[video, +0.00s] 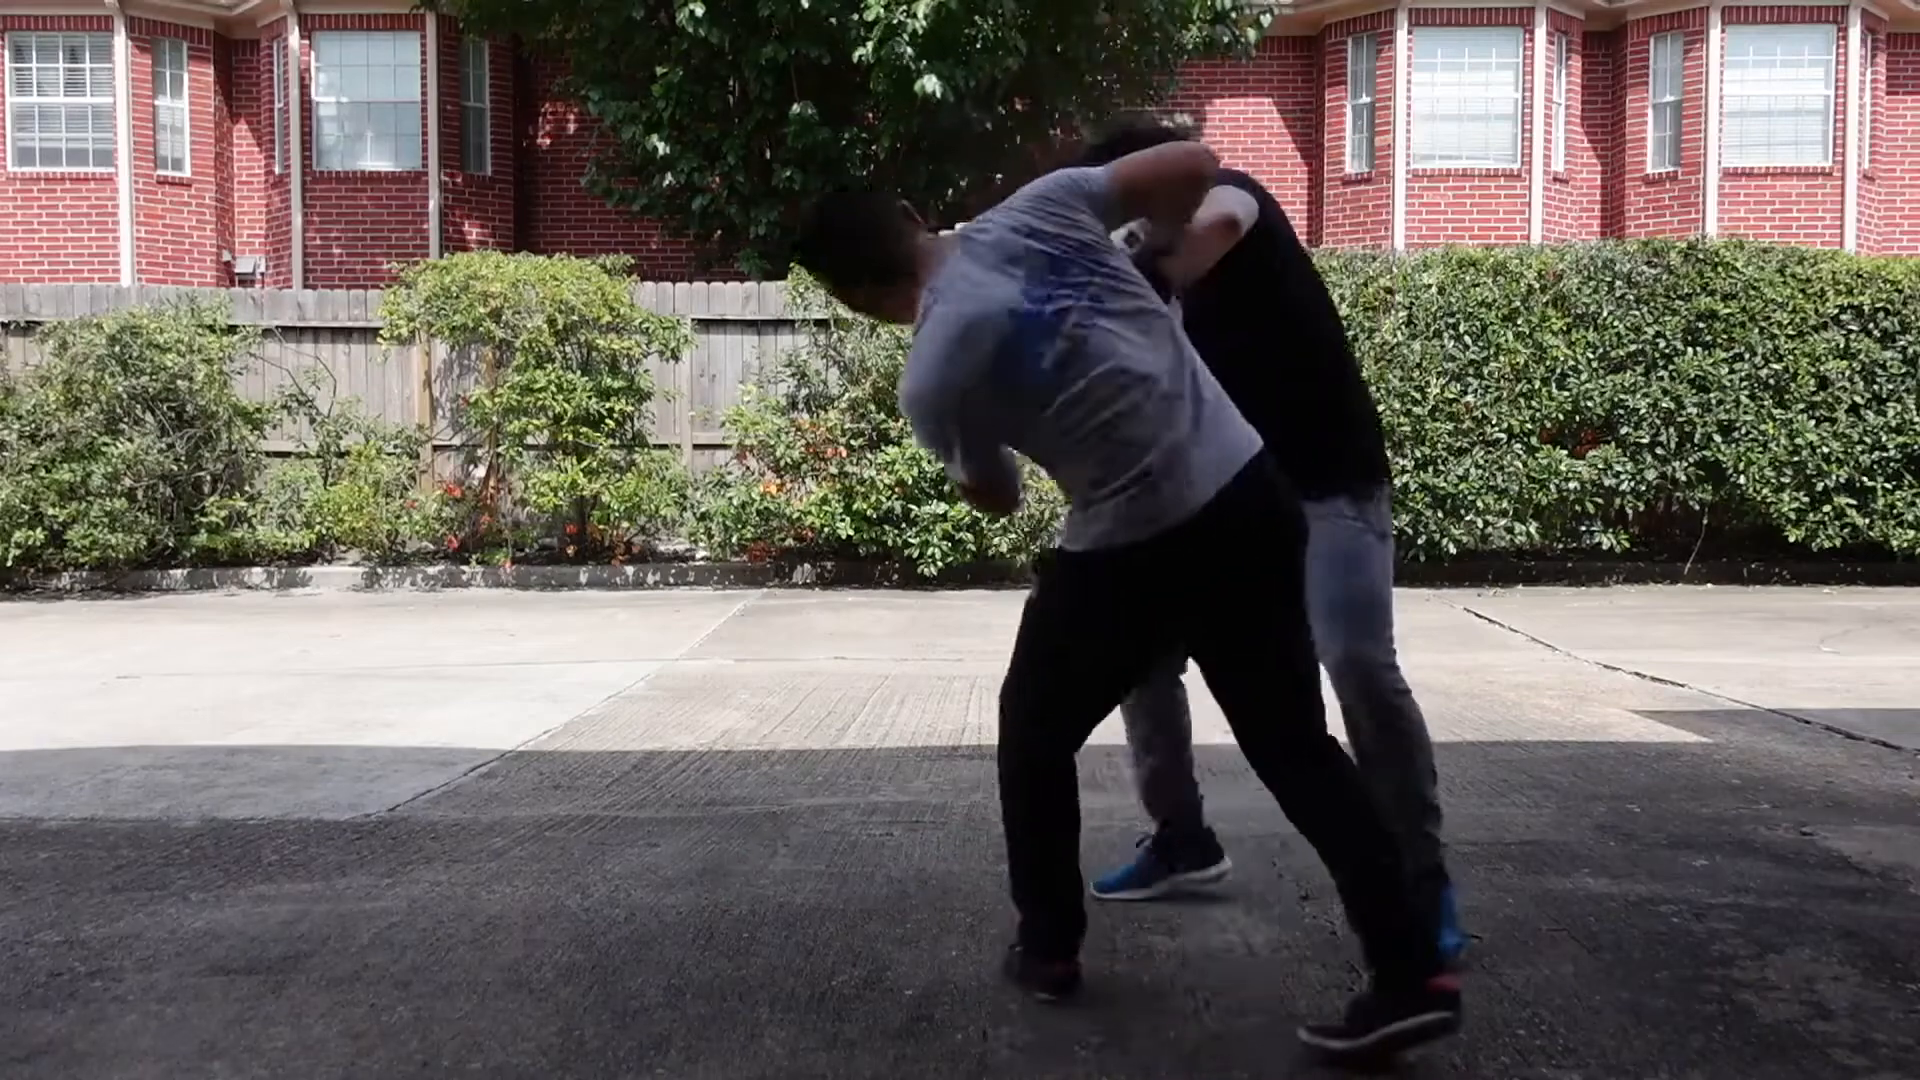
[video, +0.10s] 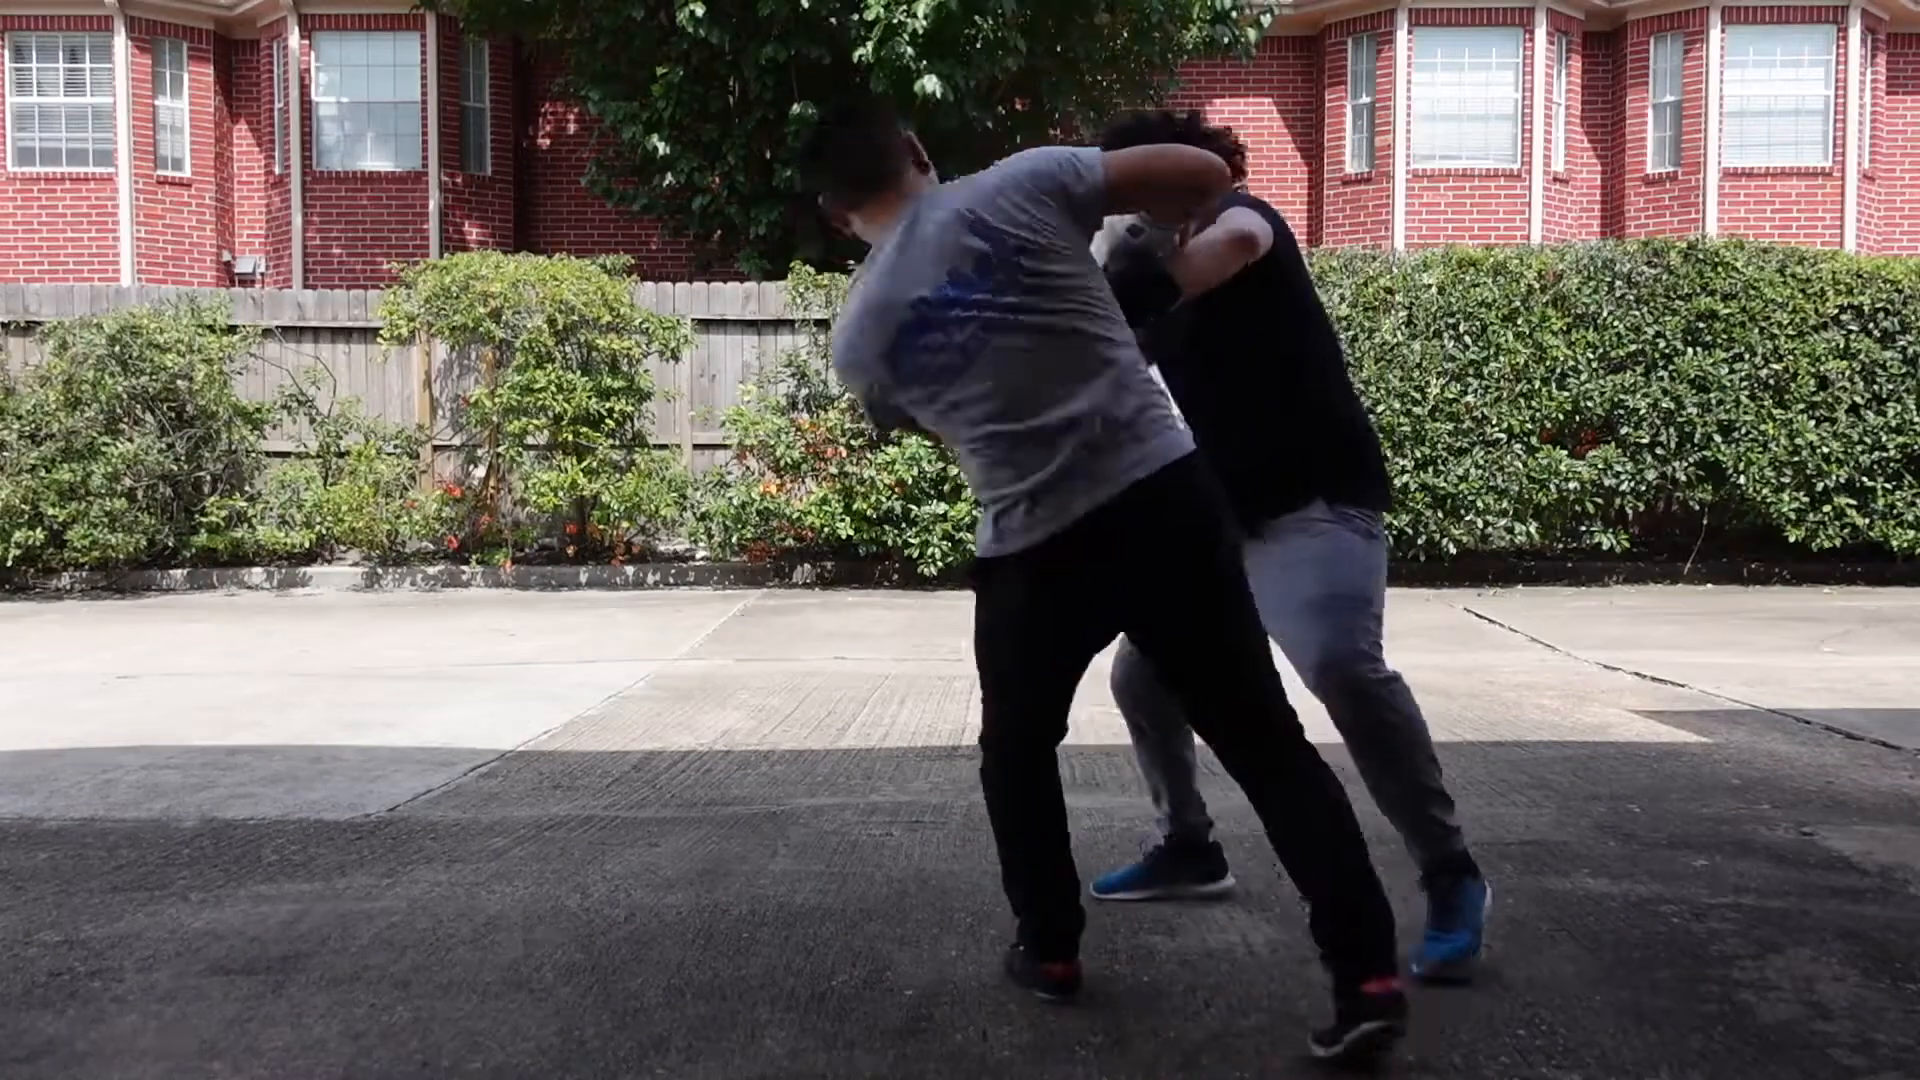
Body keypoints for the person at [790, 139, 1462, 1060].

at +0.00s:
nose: (865, 313)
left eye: (851, 302)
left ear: (860, 298)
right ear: (922, 216)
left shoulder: (932, 380)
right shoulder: (1045, 205)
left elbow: (996, 494)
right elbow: (1192, 161)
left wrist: (967, 436)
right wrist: (1167, 261)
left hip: (1125, 553)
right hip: (1248, 500)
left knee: (1033, 737)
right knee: (1296, 751)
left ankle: (1049, 948)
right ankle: (1412, 973)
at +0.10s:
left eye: (841, 209)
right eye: (918, 159)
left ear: (835, 215)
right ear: (923, 155)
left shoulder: (858, 341)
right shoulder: (1029, 183)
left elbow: (948, 425)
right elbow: (1203, 170)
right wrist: (1158, 222)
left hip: (1035, 560)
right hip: (1166, 503)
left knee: (1015, 748)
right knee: (1265, 743)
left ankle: (1051, 950)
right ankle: (1370, 974)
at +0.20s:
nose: (959, 109)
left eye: (955, 98)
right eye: (955, 95)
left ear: (850, 126)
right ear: (936, 88)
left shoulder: (825, 246)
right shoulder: (965, 152)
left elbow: (941, 343)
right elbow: (1160, 203)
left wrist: (1052, 274)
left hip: (930, 527)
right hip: (1050, 492)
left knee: (999, 730)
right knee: (1178, 721)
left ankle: (1041, 947)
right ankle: (1168, 999)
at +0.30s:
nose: (937, 89)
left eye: (936, 73)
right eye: (933, 71)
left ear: (833, 77)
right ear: (899, 62)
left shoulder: (795, 200)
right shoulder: (900, 133)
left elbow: (895, 305)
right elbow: (1070, 219)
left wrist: (997, 243)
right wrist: (1050, 204)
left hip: (863, 500)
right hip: (946, 486)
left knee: (979, 718)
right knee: (1055, 744)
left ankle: (980, 931)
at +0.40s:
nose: (909, 121)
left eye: (911, 106)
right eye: (904, 100)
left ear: (826, 83)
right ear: (859, 75)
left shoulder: (783, 194)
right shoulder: (821, 162)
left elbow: (921, 282)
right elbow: (989, 232)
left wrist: (1037, 243)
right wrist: (1007, 190)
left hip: (860, 526)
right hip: (849, 529)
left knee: (962, 713)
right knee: (837, 806)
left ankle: (969, 933)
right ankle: (575, 947)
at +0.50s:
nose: (884, 147)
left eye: (891, 124)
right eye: (884, 116)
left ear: (812, 84)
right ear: (832, 84)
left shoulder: (755, 195)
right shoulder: (754, 173)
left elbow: (850, 346)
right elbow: (846, 306)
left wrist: (956, 277)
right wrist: (940, 225)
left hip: (788, 550)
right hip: (737, 547)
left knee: (889, 752)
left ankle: (962, 932)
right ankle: (456, 1001)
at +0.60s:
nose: (865, 124)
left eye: (875, 109)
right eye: (871, 101)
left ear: (802, 60)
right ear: (819, 57)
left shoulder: (739, 159)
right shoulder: (711, 131)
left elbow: (800, 317)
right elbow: (807, 288)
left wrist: (920, 249)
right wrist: (888, 183)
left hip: (703, 513)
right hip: (634, 507)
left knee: (790, 731)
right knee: (578, 766)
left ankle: (821, 950)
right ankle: (447, 1011)